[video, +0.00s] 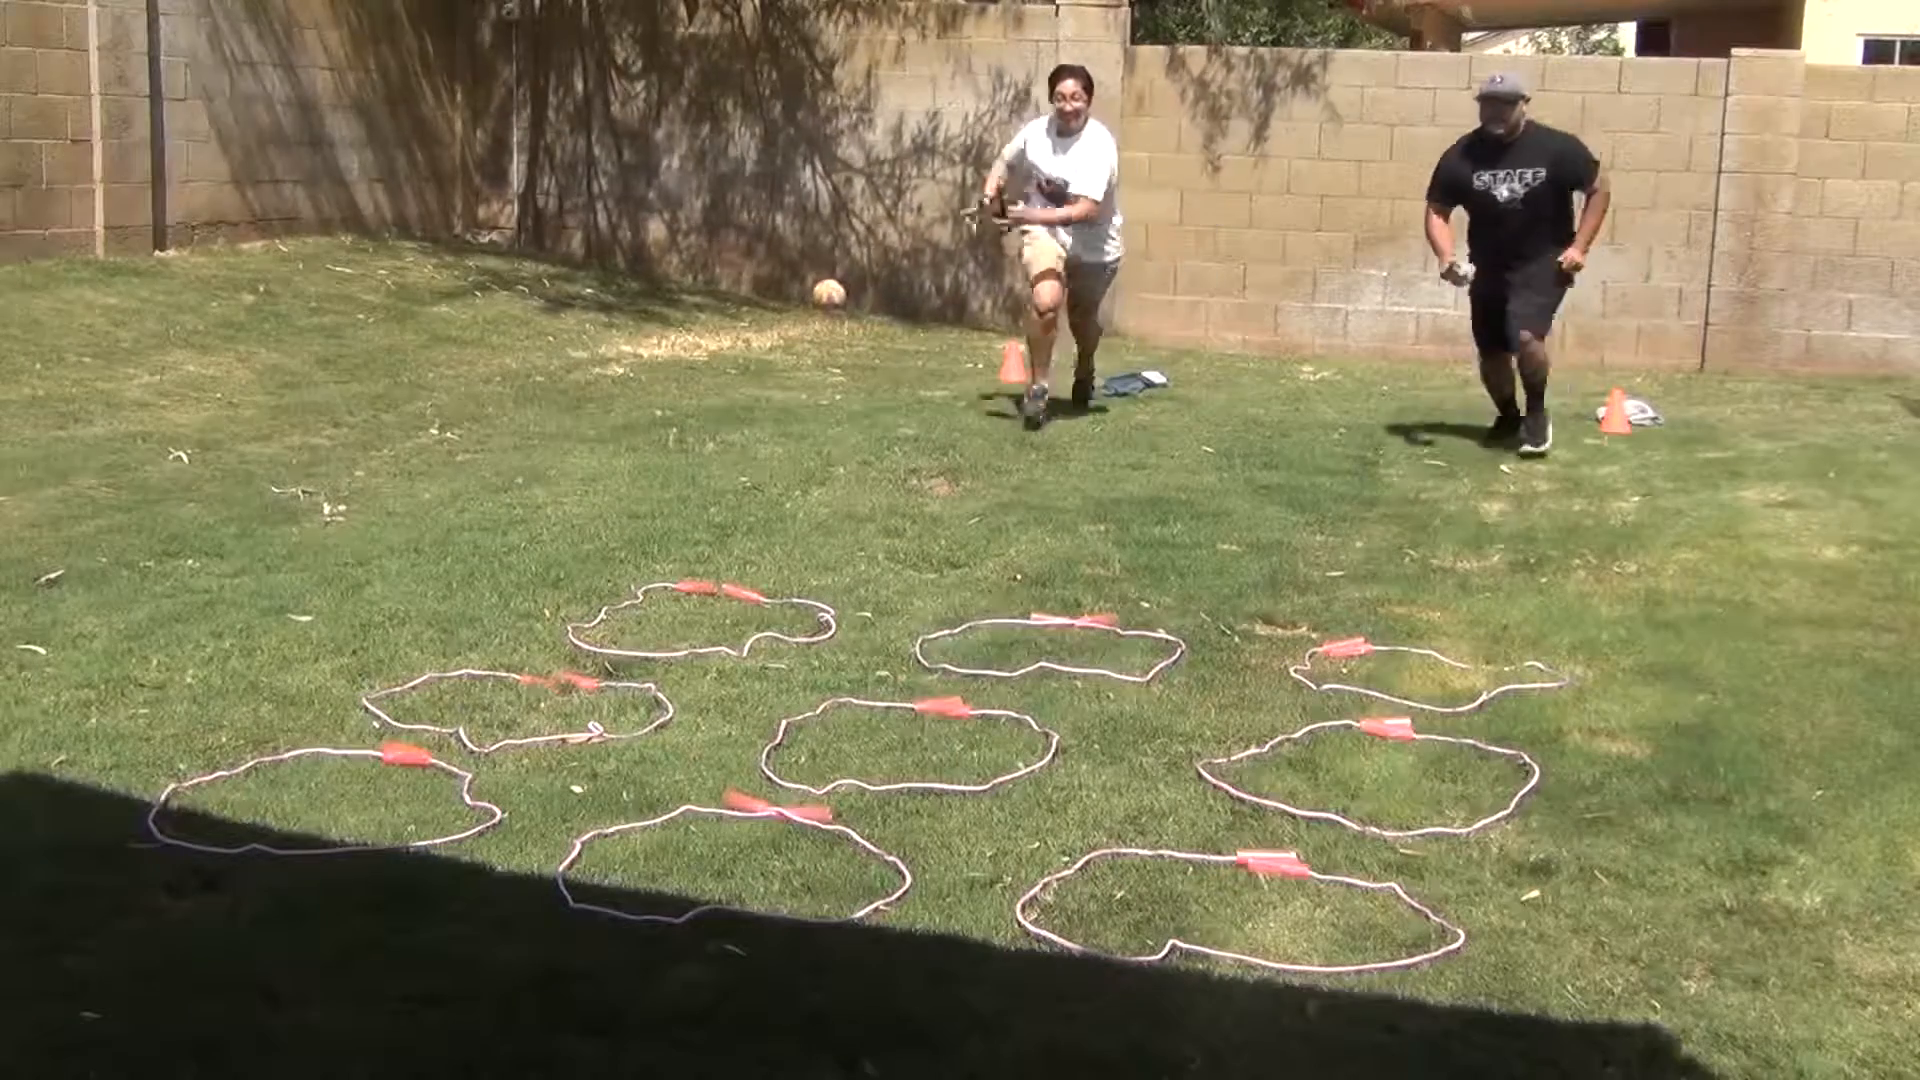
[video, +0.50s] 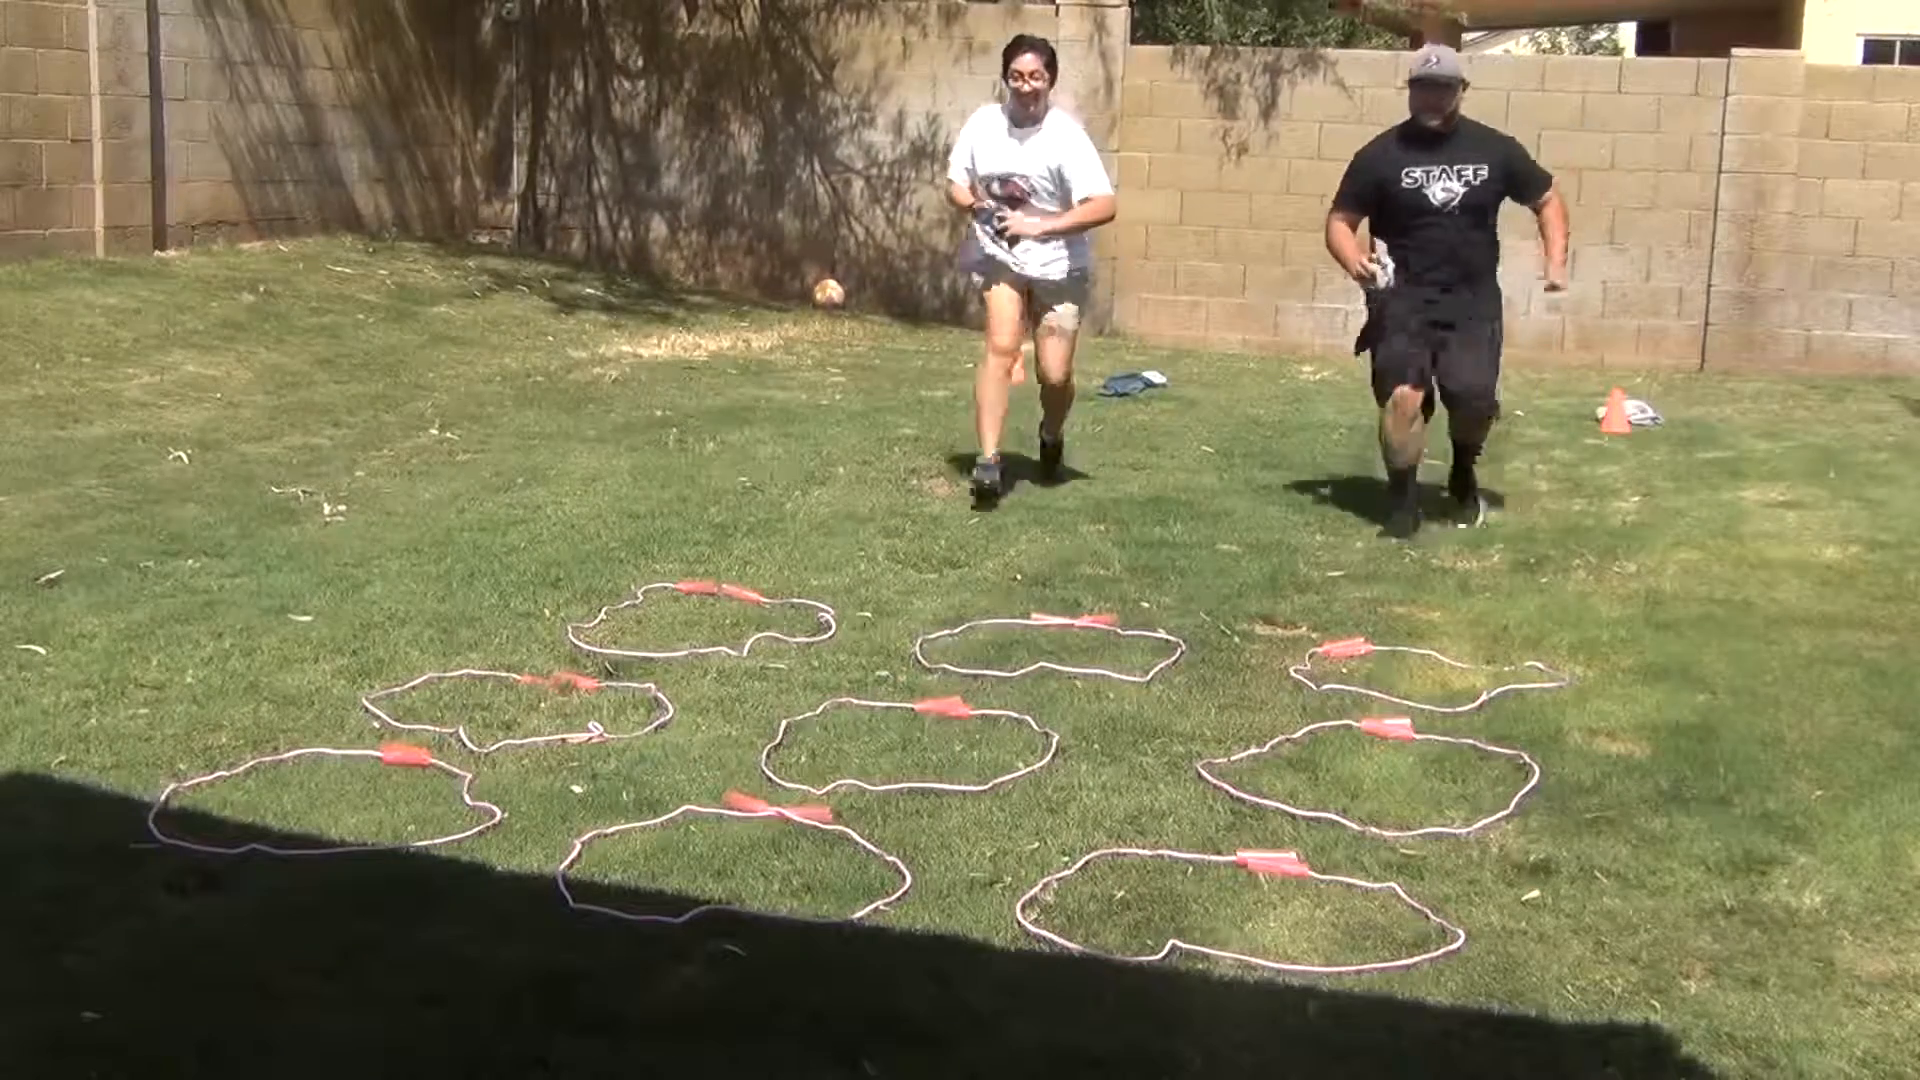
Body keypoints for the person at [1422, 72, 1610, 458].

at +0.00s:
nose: (1495, 113)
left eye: (1504, 105)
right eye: (1488, 104)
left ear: (1523, 107)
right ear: (1479, 106)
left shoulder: (1558, 149)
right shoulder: (1461, 157)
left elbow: (1599, 190)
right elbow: (1436, 213)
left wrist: (1580, 247)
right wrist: (1447, 257)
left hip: (1543, 261)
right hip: (1488, 265)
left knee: (1525, 337)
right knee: (1491, 353)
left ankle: (1536, 414)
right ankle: (1508, 416)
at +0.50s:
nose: (1433, 98)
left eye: (1443, 88)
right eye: (1424, 87)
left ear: (1461, 92)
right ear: (1409, 90)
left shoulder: (1497, 151)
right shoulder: (1379, 156)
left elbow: (1547, 198)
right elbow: (1340, 222)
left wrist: (1556, 259)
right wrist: (1353, 259)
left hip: (1472, 298)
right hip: (1403, 297)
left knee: (1474, 400)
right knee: (1403, 395)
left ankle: (1464, 473)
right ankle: (1402, 500)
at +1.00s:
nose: (1316, 170)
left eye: (1329, 158)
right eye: (1305, 158)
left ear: (1351, 159)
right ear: (1290, 160)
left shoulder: (1384, 198)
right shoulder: (1277, 213)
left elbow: (1419, 266)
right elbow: (1241, 267)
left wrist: (1437, 338)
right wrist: (1204, 306)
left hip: (1359, 355)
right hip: (1286, 353)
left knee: (1411, 451)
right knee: (1282, 441)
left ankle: (1365, 531)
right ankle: (1232, 573)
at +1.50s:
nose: (1358, 176)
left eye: (1372, 167)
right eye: (1349, 163)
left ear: (1391, 166)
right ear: (1331, 154)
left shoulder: (1397, 203)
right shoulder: (1281, 207)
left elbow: (1384, 267)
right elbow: (1216, 290)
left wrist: (1371, 342)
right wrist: (1226, 378)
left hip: (1310, 333)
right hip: (1247, 327)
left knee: (1331, 443)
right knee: (1257, 427)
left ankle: (1219, 469)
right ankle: (1232, 570)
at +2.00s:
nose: (1519, 123)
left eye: (1522, 113)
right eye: (1521, 112)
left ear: (1467, 101)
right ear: (1507, 110)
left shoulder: (1435, 143)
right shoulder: (1467, 148)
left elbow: (1448, 251)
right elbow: (1430, 205)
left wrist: (1514, 277)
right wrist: (1449, 292)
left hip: (1333, 292)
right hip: (1395, 299)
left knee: (1349, 424)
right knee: (1456, 412)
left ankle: (1311, 549)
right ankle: (1407, 519)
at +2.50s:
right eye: (1589, 87)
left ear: (1542, 89)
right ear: (1589, 90)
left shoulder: (1506, 131)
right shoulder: (1611, 142)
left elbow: (1452, 187)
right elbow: (1654, 217)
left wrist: (1485, 242)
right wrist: (1650, 272)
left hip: (1502, 282)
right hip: (1570, 286)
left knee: (1529, 388)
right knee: (1579, 387)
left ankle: (1553, 477)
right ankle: (1557, 434)